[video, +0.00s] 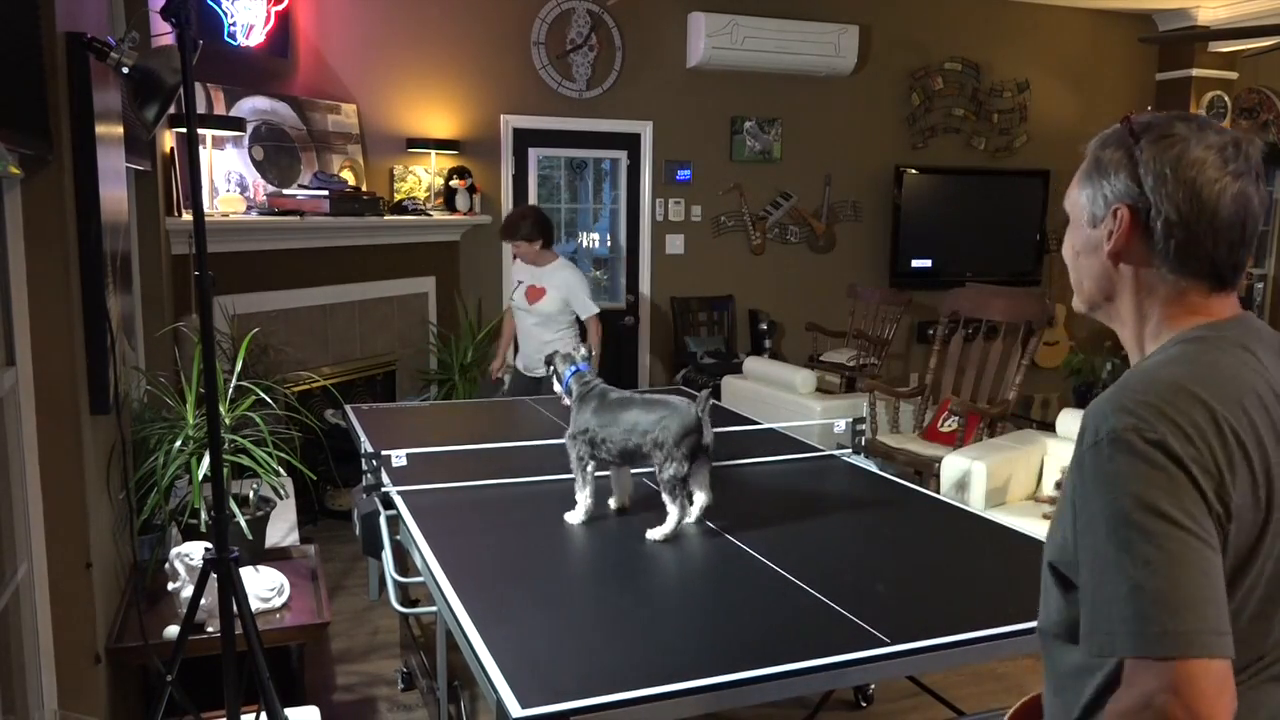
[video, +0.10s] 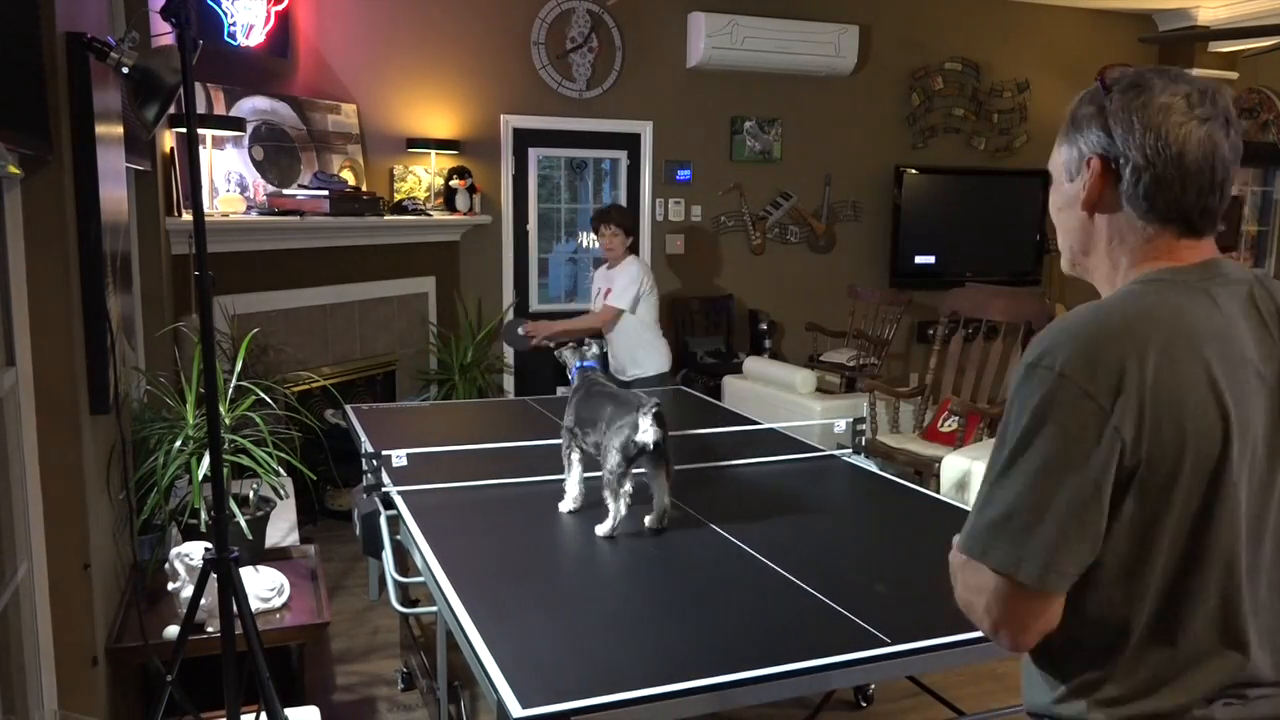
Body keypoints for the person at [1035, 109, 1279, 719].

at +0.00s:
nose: (1063, 247)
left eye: (1071, 221)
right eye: (1065, 222)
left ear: (1116, 229)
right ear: (1231, 243)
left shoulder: (1139, 420)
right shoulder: (1267, 358)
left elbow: (1185, 696)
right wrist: (1073, 688)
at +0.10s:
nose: (1051, 201)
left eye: (1054, 176)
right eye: (1050, 177)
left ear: (1095, 180)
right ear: (1211, 184)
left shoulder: (1090, 352)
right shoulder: (1266, 307)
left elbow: (1012, 618)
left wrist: (965, 555)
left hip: (1123, 704)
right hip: (1262, 690)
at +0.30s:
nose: (1071, 224)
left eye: (1074, 198)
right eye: (1070, 199)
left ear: (1115, 200)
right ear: (1221, 197)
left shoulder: (1141, 376)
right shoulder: (1266, 318)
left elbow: (1076, 648)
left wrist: (984, 590)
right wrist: (1071, 548)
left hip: (1163, 705)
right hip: (1260, 692)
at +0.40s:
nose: (1074, 235)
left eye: (1076, 210)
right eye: (1072, 211)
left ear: (1117, 212)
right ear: (1218, 211)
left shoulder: (1141, 385)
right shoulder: (1268, 331)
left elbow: (1122, 659)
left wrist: (1019, 653)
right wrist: (1099, 590)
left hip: (1183, 708)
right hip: (1264, 697)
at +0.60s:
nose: (1059, 263)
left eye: (1059, 239)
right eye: (1055, 242)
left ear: (1100, 231)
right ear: (1198, 226)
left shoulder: (1155, 385)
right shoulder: (1264, 338)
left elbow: (1163, 671)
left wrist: (1083, 704)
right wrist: (1098, 685)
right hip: (1260, 695)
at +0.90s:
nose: (1084, 281)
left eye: (1081, 261)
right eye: (1078, 263)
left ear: (1101, 262)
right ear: (1233, 262)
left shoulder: (1142, 401)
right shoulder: (1269, 361)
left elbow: (1112, 665)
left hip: (1183, 704)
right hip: (1262, 697)